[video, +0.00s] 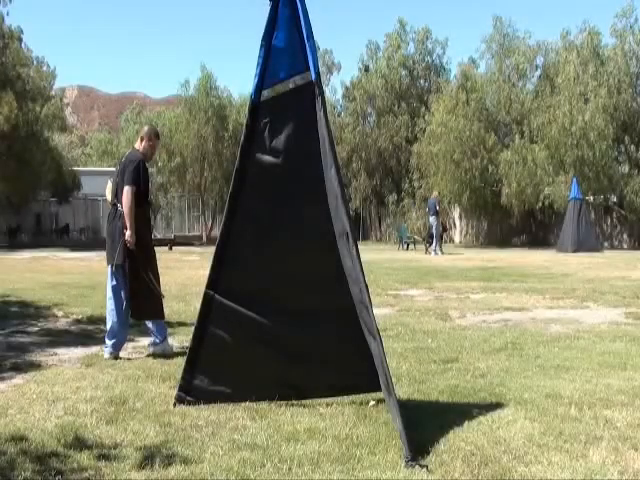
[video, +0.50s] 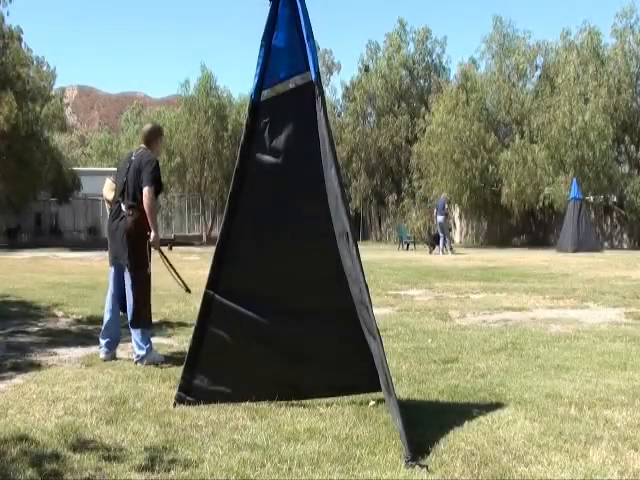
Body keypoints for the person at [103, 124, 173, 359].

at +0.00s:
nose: (156, 152)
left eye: (157, 147)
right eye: (155, 146)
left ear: (142, 140)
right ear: (146, 141)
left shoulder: (126, 160)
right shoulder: (136, 161)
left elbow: (111, 194)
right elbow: (127, 196)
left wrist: (123, 222)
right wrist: (130, 228)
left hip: (118, 236)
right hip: (135, 236)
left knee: (117, 291)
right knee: (148, 286)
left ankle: (112, 345)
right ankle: (160, 340)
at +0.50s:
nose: (162, 145)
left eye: (161, 141)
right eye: (162, 141)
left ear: (143, 139)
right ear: (157, 141)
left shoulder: (129, 158)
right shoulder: (149, 160)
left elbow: (111, 191)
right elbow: (148, 197)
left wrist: (117, 217)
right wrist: (154, 230)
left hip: (116, 222)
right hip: (133, 225)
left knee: (115, 289)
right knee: (138, 289)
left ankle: (107, 346)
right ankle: (143, 350)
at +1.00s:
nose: (140, 141)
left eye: (138, 137)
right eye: (139, 138)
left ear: (119, 139)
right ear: (136, 138)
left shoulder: (107, 163)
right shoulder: (133, 158)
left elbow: (92, 200)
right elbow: (136, 195)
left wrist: (100, 228)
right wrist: (145, 225)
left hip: (105, 234)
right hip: (125, 232)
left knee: (106, 295)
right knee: (135, 291)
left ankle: (101, 348)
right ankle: (146, 349)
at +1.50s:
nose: (145, 136)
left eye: (141, 133)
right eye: (144, 133)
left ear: (125, 135)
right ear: (142, 134)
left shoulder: (113, 160)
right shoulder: (146, 157)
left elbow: (98, 198)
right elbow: (151, 194)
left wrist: (105, 231)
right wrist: (158, 226)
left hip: (115, 231)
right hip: (138, 233)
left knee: (110, 293)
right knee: (141, 292)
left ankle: (102, 348)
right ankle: (144, 351)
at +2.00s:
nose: (143, 134)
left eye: (140, 131)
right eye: (143, 131)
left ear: (123, 133)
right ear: (140, 132)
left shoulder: (113, 160)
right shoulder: (144, 156)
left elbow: (98, 198)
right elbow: (150, 194)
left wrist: (105, 230)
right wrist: (158, 227)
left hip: (114, 231)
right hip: (137, 231)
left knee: (110, 293)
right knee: (141, 292)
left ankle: (102, 348)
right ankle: (144, 350)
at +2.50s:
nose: (145, 135)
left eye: (143, 132)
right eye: (144, 132)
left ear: (125, 135)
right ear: (140, 133)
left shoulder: (113, 160)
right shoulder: (144, 155)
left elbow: (99, 197)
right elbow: (149, 193)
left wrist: (105, 228)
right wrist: (156, 227)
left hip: (112, 230)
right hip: (134, 230)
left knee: (109, 294)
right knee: (138, 293)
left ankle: (102, 349)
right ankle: (144, 351)